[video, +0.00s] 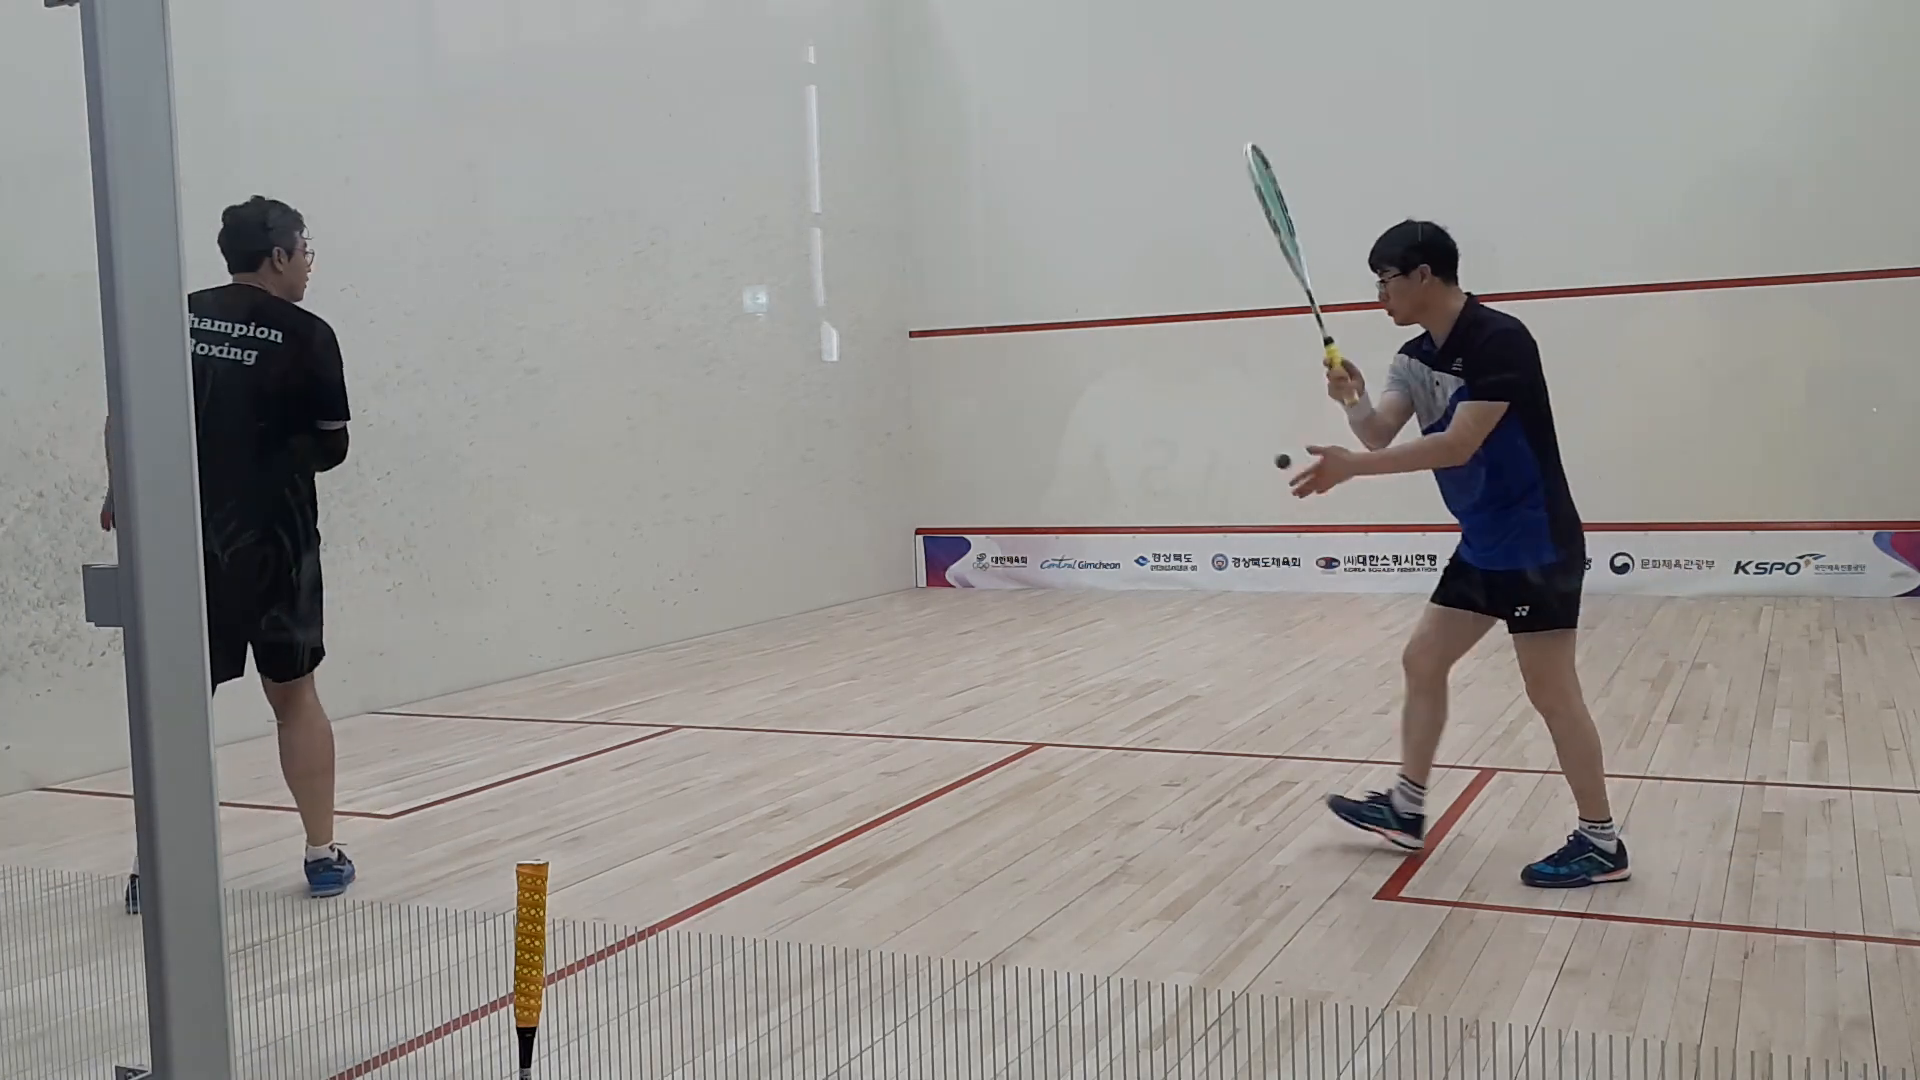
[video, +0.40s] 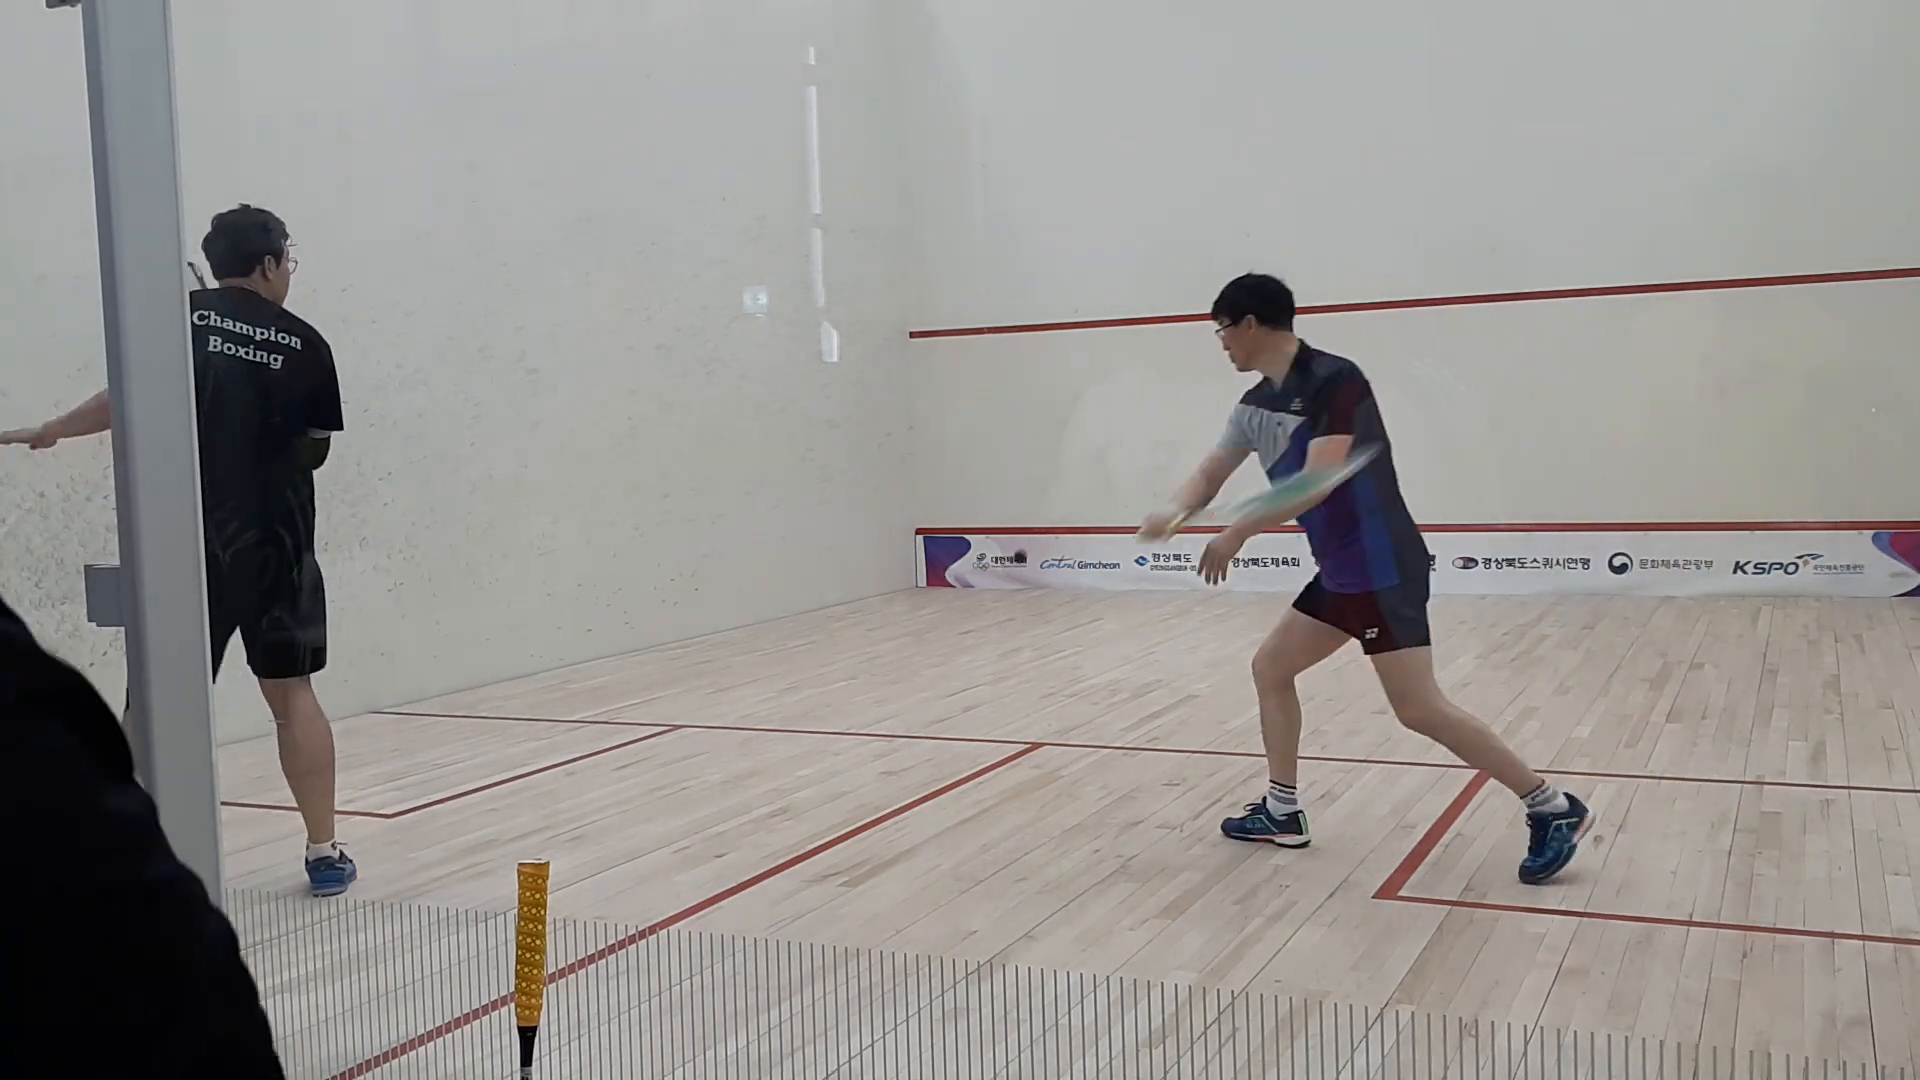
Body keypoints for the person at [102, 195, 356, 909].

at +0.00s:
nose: (310, 263)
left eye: (306, 251)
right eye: (304, 252)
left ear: (236, 260)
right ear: (280, 258)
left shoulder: (174, 312)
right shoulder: (307, 333)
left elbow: (124, 414)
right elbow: (330, 447)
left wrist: (119, 489)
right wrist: (268, 446)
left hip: (179, 543)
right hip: (275, 547)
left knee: (166, 706)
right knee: (295, 699)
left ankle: (151, 866)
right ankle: (323, 855)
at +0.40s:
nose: (293, 271)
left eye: (290, 260)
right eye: (289, 261)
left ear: (215, 269)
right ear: (272, 267)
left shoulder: (177, 321)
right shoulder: (305, 345)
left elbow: (115, 403)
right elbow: (314, 452)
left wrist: (51, 431)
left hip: (186, 547)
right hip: (276, 550)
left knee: (155, 699)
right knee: (294, 696)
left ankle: (135, 855)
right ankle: (324, 853)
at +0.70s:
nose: (221, 283)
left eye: (217, 271)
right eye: (217, 272)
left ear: (145, 271)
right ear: (202, 277)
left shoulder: (108, 328)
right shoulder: (239, 354)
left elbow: (70, 408)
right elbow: (245, 461)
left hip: (115, 560)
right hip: (216, 564)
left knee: (78, 699)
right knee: (247, 693)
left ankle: (86, 867)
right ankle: (316, 843)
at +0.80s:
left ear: (107, 259)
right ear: (177, 265)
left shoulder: (72, 334)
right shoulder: (205, 353)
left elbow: (30, 419)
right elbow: (210, 464)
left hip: (85, 557)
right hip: (181, 562)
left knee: (59, 703)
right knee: (206, 685)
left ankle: (84, 867)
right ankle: (278, 810)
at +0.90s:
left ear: (76, 270)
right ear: (141, 263)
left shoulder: (44, 334)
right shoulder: (176, 347)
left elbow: (4, 424)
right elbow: (189, 451)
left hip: (69, 559)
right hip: (159, 560)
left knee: (44, 697)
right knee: (171, 697)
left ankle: (82, 865)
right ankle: (204, 827)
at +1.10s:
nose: (110, 308)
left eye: (105, 299)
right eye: (107, 300)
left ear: (36, 304)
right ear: (93, 303)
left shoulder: (14, 358)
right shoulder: (122, 359)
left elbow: (5, 462)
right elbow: (146, 461)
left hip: (40, 575)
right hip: (114, 572)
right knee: (103, 694)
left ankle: (62, 847)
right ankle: (158, 823)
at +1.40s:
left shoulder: (23, 399)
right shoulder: (29, 396)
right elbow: (58, 503)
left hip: (19, 590)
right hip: (53, 585)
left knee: (54, 709)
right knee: (56, 707)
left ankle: (149, 819)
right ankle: (150, 820)